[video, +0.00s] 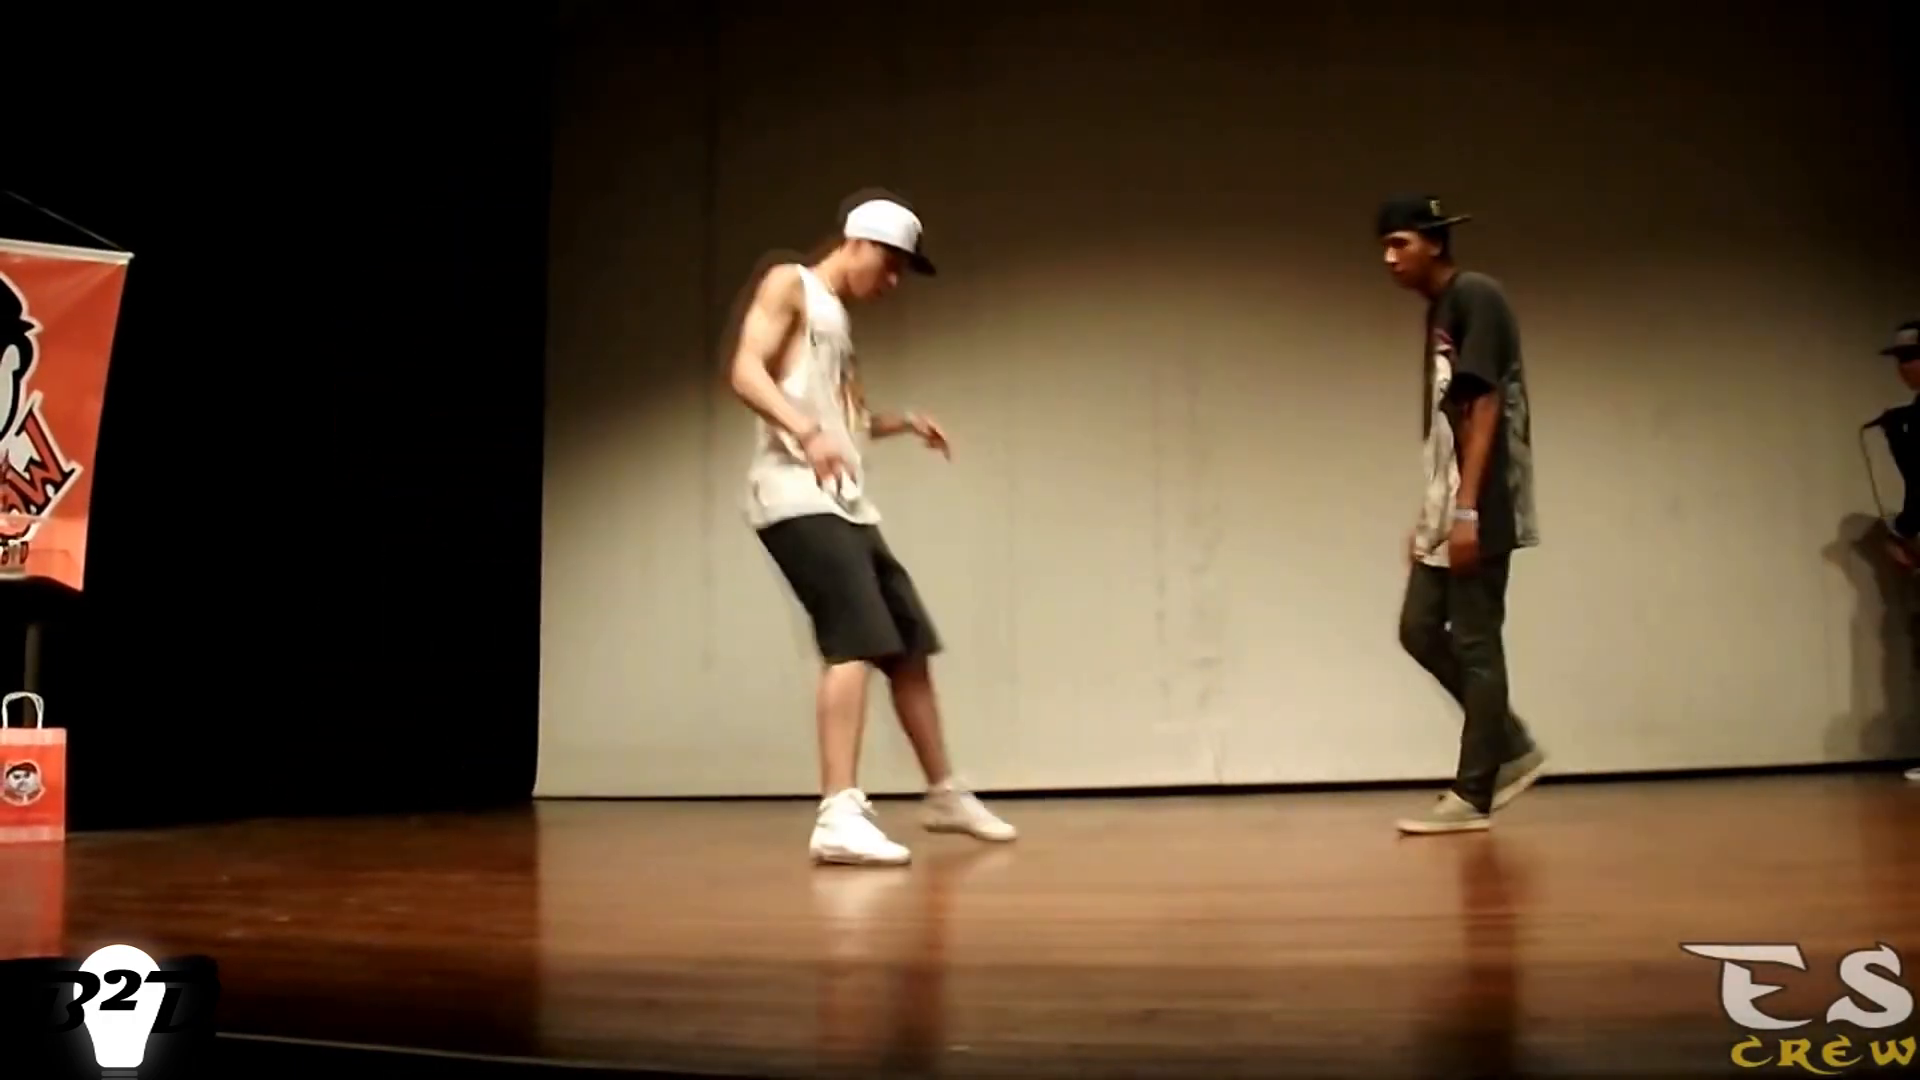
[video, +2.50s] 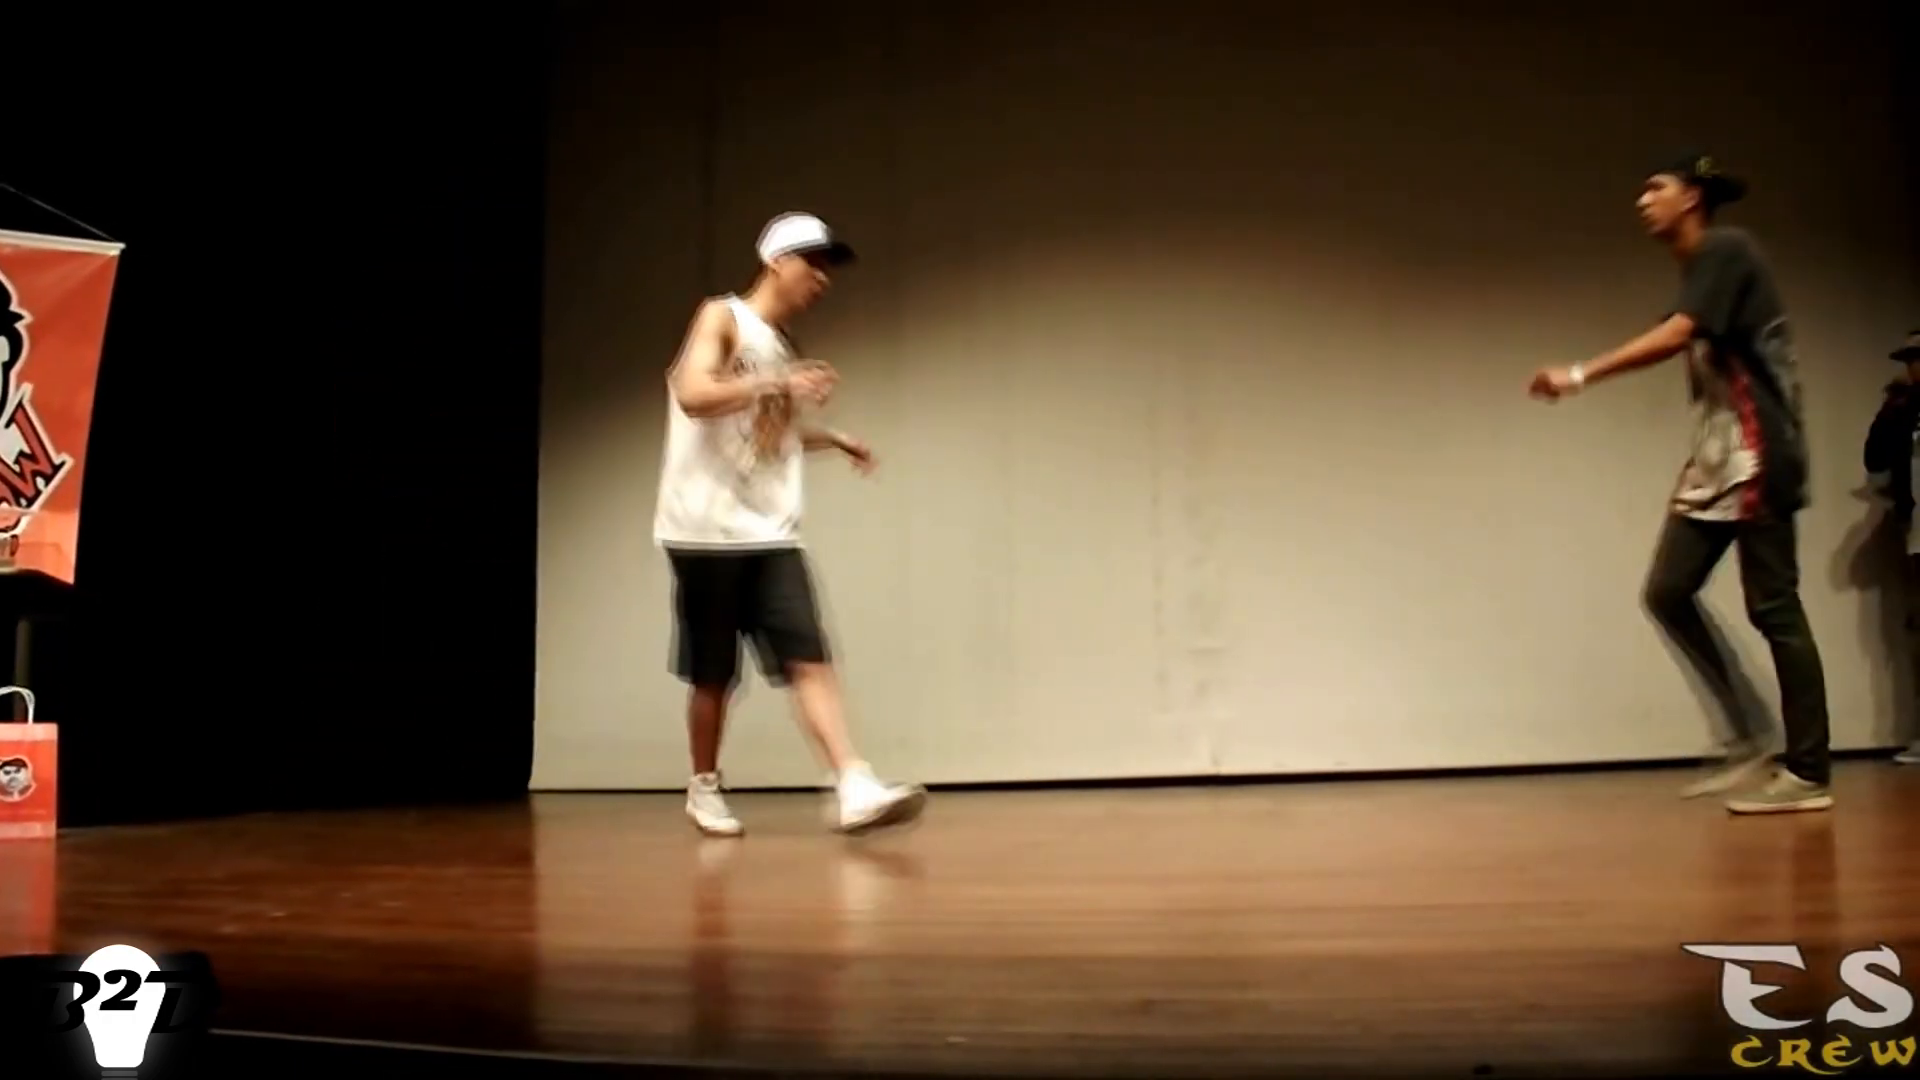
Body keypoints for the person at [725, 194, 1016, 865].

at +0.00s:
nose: (894, 282)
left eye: (902, 271)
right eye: (891, 264)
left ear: (877, 259)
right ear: (856, 241)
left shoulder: (835, 319)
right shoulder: (787, 282)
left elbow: (849, 421)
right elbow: (743, 372)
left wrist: (905, 423)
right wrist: (806, 432)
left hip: (844, 501)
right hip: (796, 497)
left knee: (907, 644)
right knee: (853, 639)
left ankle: (945, 795)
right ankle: (839, 811)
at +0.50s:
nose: (771, 250)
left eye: (780, 241)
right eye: (771, 233)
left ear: (753, 225)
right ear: (738, 207)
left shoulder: (705, 280)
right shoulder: (661, 239)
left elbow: (684, 374)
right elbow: (591, 309)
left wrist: (748, 387)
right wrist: (638, 345)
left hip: (662, 460)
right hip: (623, 451)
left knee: (663, 620)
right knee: (640, 612)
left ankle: (647, 772)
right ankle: (633, 775)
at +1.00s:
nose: (689, 267)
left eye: (693, 257)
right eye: (683, 251)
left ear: (675, 258)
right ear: (647, 242)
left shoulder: (646, 319)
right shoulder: (590, 286)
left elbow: (633, 397)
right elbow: (525, 346)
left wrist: (682, 398)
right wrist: (563, 380)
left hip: (604, 490)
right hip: (556, 482)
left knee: (583, 635)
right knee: (545, 626)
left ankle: (544, 766)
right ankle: (497, 760)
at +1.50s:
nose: (700, 275)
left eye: (700, 265)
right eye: (690, 264)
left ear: (681, 273)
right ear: (658, 267)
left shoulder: (670, 348)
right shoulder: (613, 320)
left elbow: (664, 408)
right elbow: (560, 385)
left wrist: (709, 417)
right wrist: (587, 427)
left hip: (647, 506)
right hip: (608, 505)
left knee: (638, 638)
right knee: (613, 634)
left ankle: (610, 757)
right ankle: (577, 756)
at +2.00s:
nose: (752, 294)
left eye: (754, 285)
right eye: (741, 283)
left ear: (743, 294)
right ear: (709, 287)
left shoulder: (719, 366)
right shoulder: (667, 340)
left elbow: (717, 436)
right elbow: (609, 402)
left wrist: (769, 436)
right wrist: (646, 427)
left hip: (698, 522)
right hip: (663, 521)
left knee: (680, 649)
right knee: (702, 638)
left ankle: (653, 768)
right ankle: (698, 767)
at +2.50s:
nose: (822, 282)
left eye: (826, 270)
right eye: (812, 266)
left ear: (804, 274)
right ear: (777, 262)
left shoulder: (780, 348)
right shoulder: (720, 317)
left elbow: (768, 433)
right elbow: (691, 393)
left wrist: (832, 442)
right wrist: (779, 383)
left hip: (769, 533)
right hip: (706, 533)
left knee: (806, 655)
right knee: (713, 671)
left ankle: (854, 785)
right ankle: (703, 787)